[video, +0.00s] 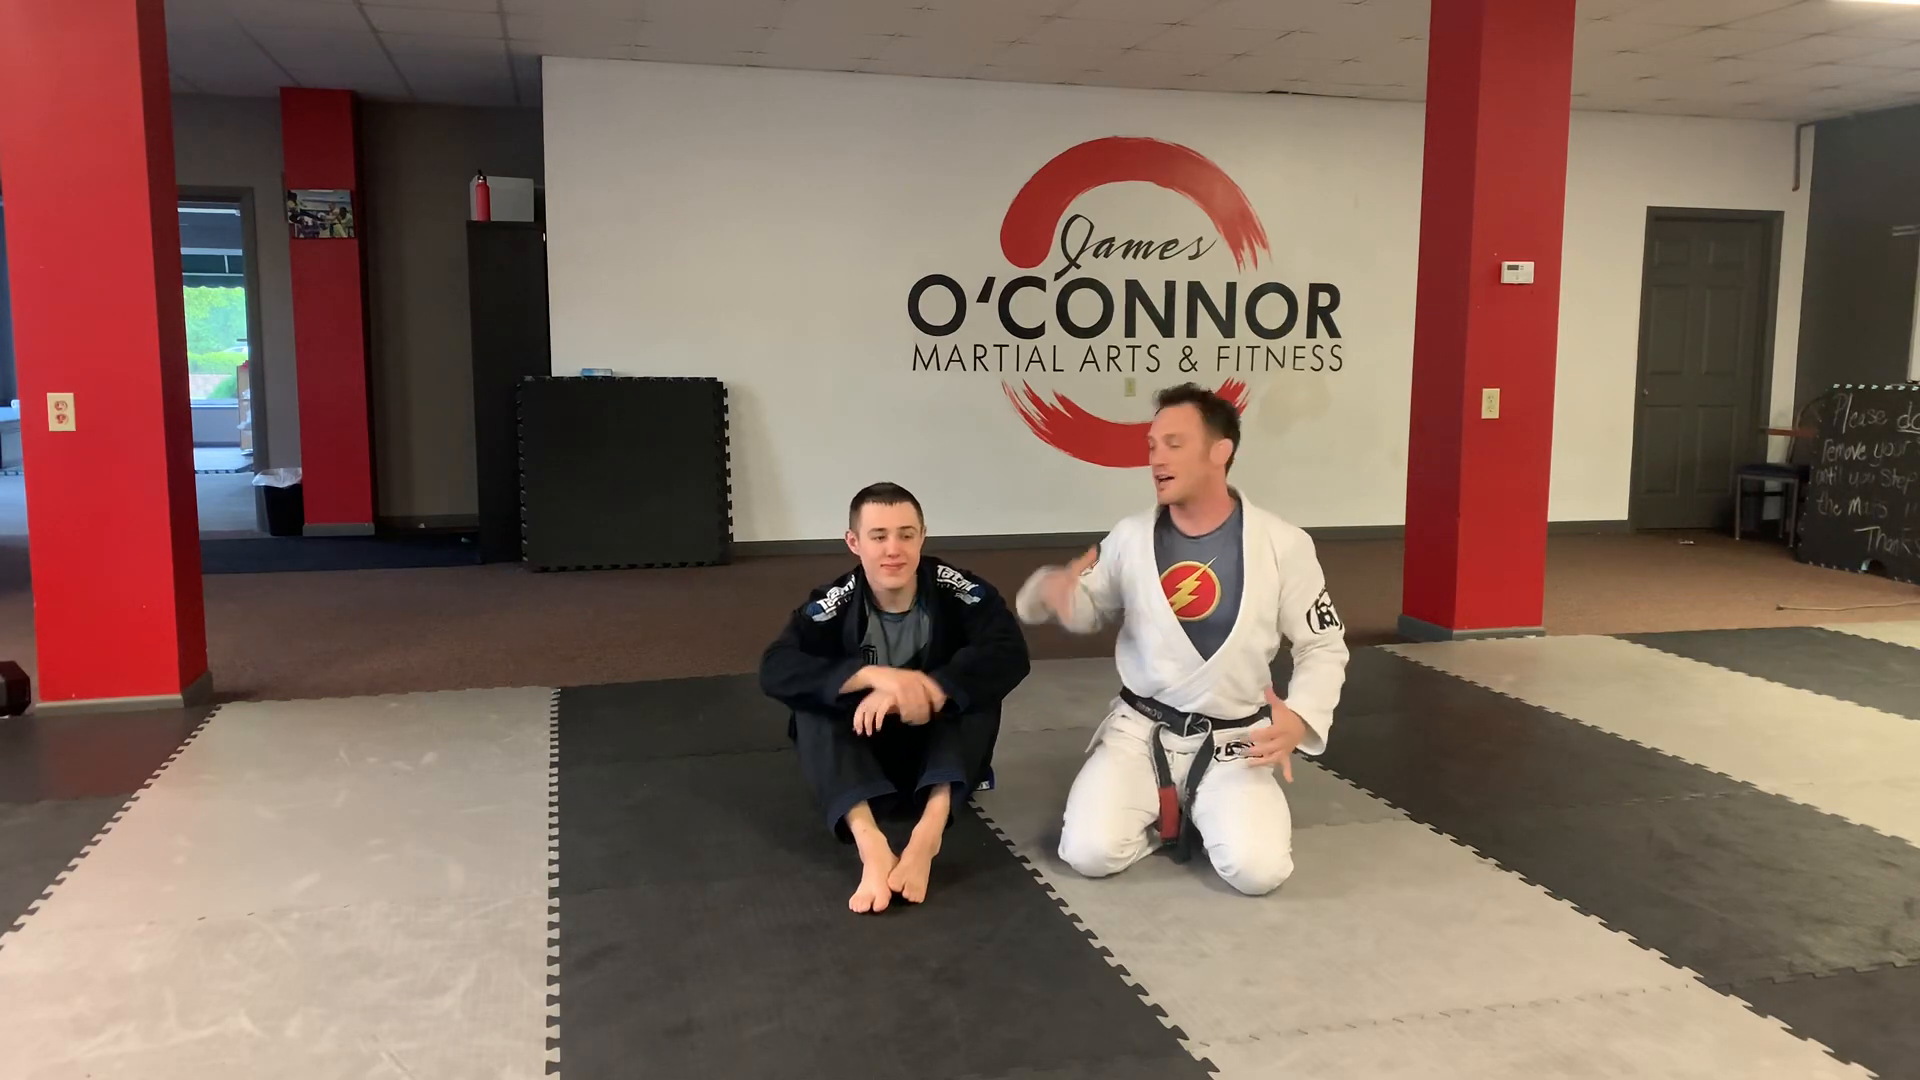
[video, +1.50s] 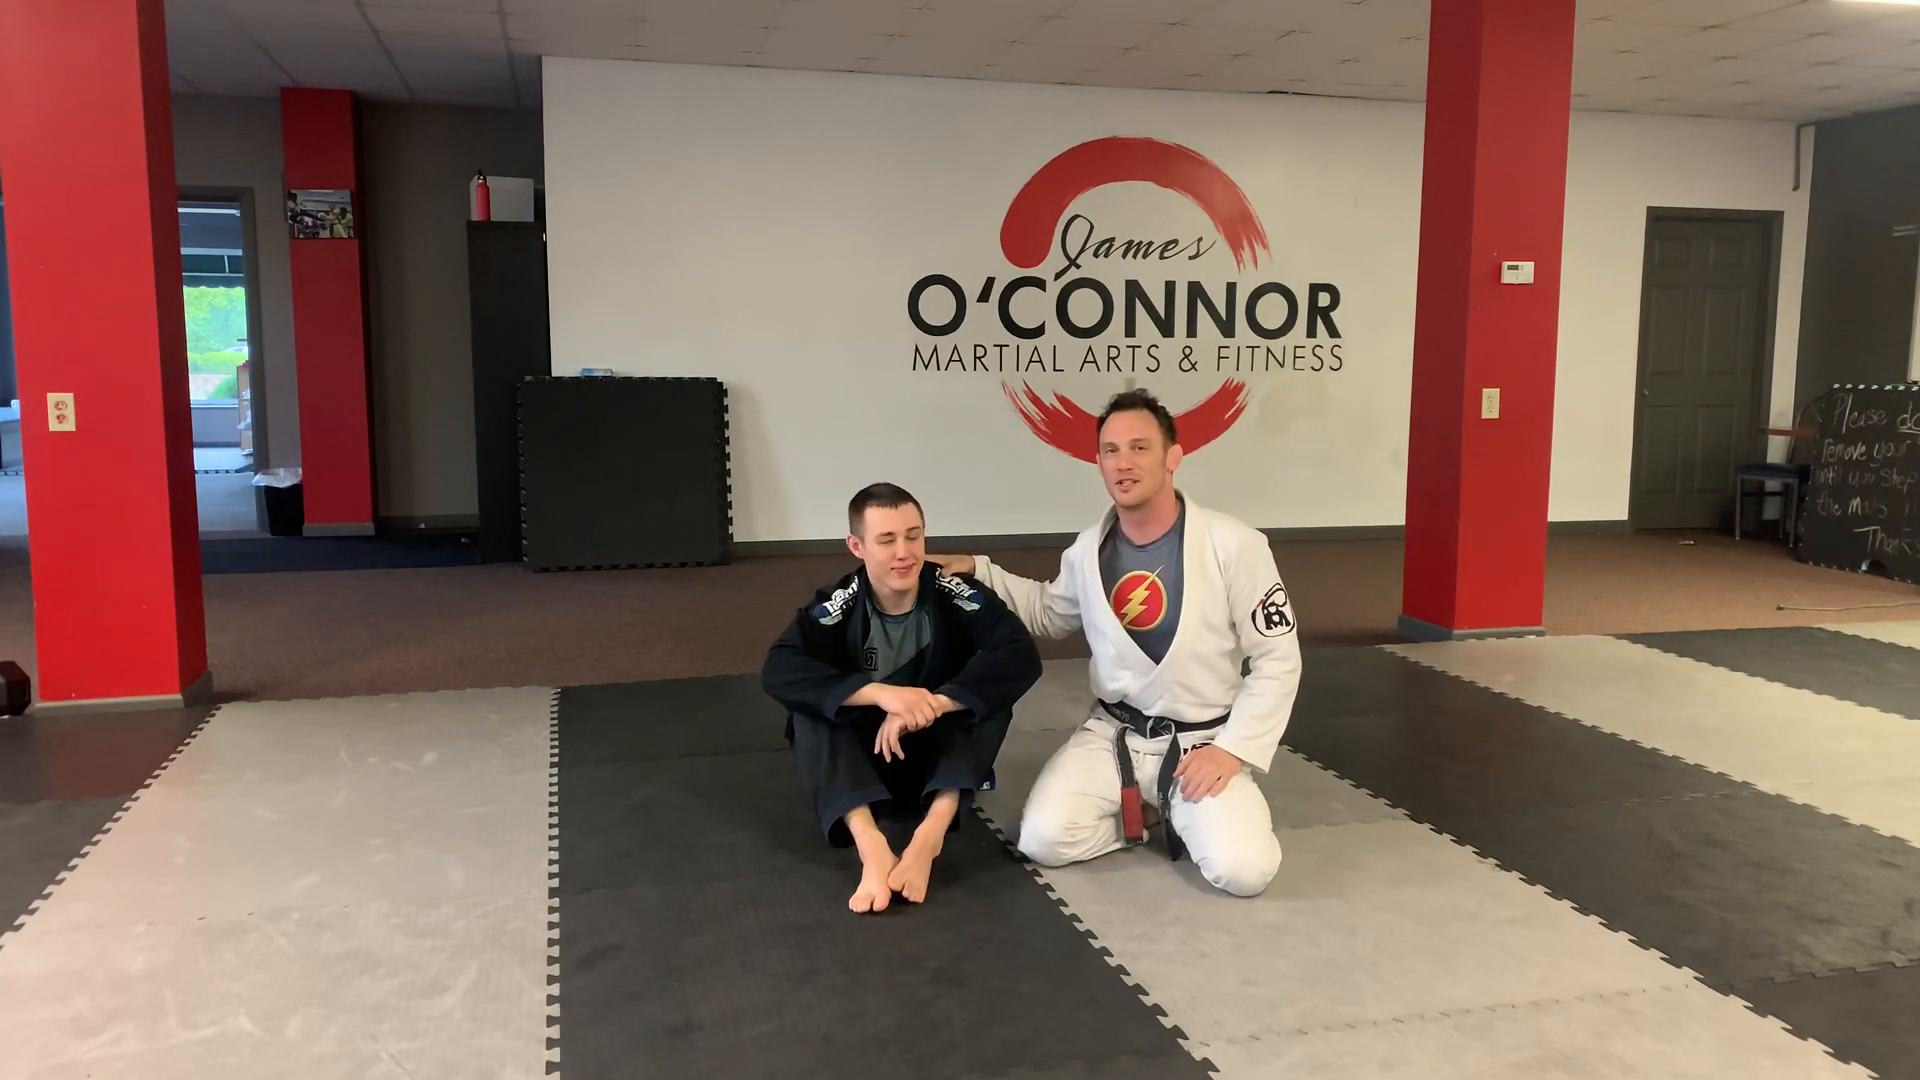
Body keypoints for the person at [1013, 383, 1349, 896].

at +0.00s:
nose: (1155, 460)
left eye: (1172, 444)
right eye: (1152, 447)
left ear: (1220, 453)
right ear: (1149, 455)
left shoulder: (1282, 545)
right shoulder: (1129, 538)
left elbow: (1323, 646)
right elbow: (1093, 609)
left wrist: (1302, 716)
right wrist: (1059, 595)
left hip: (1236, 739)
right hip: (1139, 728)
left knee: (1260, 871)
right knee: (1088, 853)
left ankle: (1211, 802)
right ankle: (1167, 810)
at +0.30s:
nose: (1145, 467)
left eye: (1158, 453)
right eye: (1146, 453)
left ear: (1208, 458)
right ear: (1199, 460)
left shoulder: (1286, 546)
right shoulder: (1142, 537)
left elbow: (1333, 648)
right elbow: (1085, 569)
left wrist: (1299, 718)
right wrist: (1059, 488)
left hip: (1235, 741)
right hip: (1141, 725)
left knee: (1262, 871)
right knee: (1072, 837)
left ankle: (1209, 804)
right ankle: (1167, 809)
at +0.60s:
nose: (1126, 467)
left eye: (1140, 453)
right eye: (1127, 453)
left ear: (1188, 459)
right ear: (1177, 460)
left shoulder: (1266, 547)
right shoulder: (1120, 545)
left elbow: (1310, 653)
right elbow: (1055, 603)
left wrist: (1264, 732)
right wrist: (978, 568)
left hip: (1220, 738)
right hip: (1127, 727)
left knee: (1256, 871)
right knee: (1050, 842)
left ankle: (1197, 807)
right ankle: (1154, 808)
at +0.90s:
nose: (1140, 461)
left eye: (1157, 445)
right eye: (1128, 448)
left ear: (1191, 454)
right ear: (1115, 460)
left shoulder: (1251, 544)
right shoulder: (1101, 550)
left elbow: (1293, 657)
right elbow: (1055, 609)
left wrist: (1256, 748)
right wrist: (982, 568)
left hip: (1220, 737)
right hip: (1126, 730)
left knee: (1254, 871)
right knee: (1050, 841)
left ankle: (1199, 799)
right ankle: (1159, 809)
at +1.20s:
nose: (1129, 463)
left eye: (1146, 446)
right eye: (1116, 449)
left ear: (1178, 457)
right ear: (1104, 463)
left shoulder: (1242, 544)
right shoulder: (1091, 553)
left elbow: (1285, 657)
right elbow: (1052, 613)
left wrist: (1249, 748)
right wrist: (982, 568)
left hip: (1215, 739)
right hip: (1122, 734)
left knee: (1251, 871)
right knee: (1050, 842)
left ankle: (1199, 800)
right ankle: (1162, 810)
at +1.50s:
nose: (1123, 463)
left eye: (1139, 448)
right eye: (1110, 450)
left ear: (1173, 458)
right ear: (1098, 463)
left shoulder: (1235, 546)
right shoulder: (1086, 553)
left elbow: (1277, 659)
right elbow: (1049, 614)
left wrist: (1231, 750)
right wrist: (978, 569)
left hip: (1207, 739)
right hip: (1113, 732)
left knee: (1245, 871)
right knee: (1045, 840)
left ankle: (1185, 804)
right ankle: (1151, 811)